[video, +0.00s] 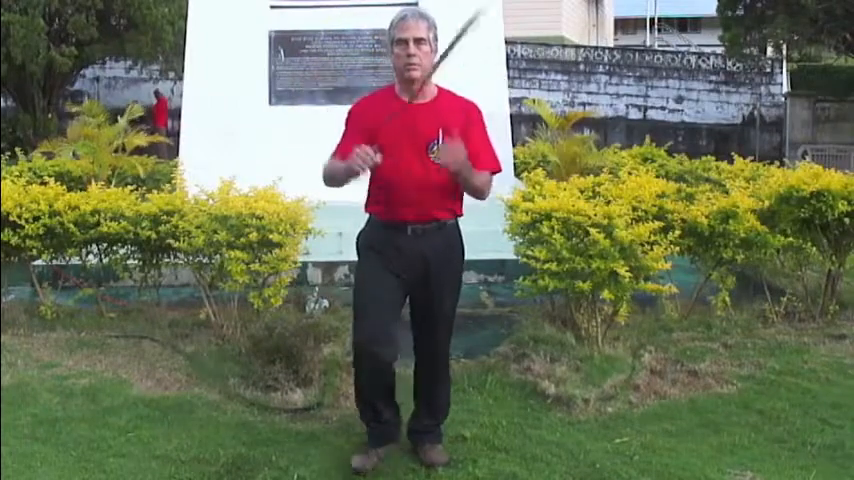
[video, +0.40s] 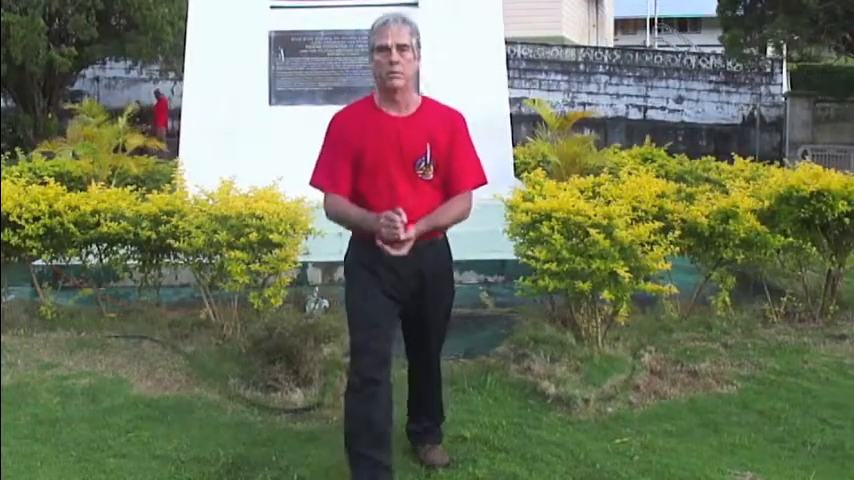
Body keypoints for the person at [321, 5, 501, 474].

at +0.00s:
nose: (411, 53)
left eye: (420, 43)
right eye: (401, 44)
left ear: (435, 50)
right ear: (390, 52)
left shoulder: (464, 112)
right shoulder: (367, 110)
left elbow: (483, 188)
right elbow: (330, 175)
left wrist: (463, 169)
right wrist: (350, 165)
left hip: (440, 242)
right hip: (381, 241)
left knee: (433, 346)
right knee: (370, 344)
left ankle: (428, 436)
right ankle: (380, 436)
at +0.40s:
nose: (392, 58)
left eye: (402, 49)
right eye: (382, 50)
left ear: (417, 57)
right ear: (370, 60)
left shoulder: (448, 121)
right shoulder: (347, 122)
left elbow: (462, 202)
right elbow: (333, 203)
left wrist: (417, 228)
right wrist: (374, 222)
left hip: (430, 259)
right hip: (369, 260)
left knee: (427, 356)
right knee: (369, 366)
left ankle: (427, 437)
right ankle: (370, 472)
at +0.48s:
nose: (387, 58)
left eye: (397, 49)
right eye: (377, 50)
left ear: (413, 57)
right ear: (365, 60)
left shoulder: (444, 121)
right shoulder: (342, 122)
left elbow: (459, 202)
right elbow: (329, 205)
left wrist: (414, 232)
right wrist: (370, 229)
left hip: (427, 261)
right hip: (365, 264)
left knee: (426, 357)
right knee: (364, 366)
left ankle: (427, 437)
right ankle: (369, 469)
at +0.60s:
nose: (378, 62)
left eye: (389, 53)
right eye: (368, 53)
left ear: (407, 62)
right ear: (357, 62)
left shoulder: (437, 123)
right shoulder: (333, 123)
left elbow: (452, 207)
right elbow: (320, 207)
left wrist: (404, 240)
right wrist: (364, 238)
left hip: (419, 261)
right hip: (355, 263)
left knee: (424, 357)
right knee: (358, 366)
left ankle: (429, 438)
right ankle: (367, 469)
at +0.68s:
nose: (375, 64)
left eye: (386, 55)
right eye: (365, 55)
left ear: (403, 62)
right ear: (353, 63)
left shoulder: (434, 124)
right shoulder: (329, 124)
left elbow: (450, 208)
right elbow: (315, 207)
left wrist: (398, 243)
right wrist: (360, 240)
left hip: (416, 263)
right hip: (351, 266)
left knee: (423, 359)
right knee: (355, 367)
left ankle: (429, 440)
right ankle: (366, 470)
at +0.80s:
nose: (370, 66)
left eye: (381, 56)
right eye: (360, 57)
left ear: (399, 63)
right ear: (348, 64)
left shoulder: (430, 124)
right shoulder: (324, 125)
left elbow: (445, 210)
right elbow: (310, 210)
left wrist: (393, 246)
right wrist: (355, 244)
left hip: (413, 264)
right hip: (347, 268)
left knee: (423, 360)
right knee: (352, 370)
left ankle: (429, 440)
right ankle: (364, 471)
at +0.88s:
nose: (368, 67)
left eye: (379, 57)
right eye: (358, 58)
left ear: (397, 63)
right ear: (346, 64)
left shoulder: (428, 124)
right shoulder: (323, 125)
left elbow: (444, 210)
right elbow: (310, 211)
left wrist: (392, 245)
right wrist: (353, 243)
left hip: (412, 263)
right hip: (346, 267)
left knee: (424, 360)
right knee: (352, 369)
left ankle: (429, 439)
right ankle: (364, 470)